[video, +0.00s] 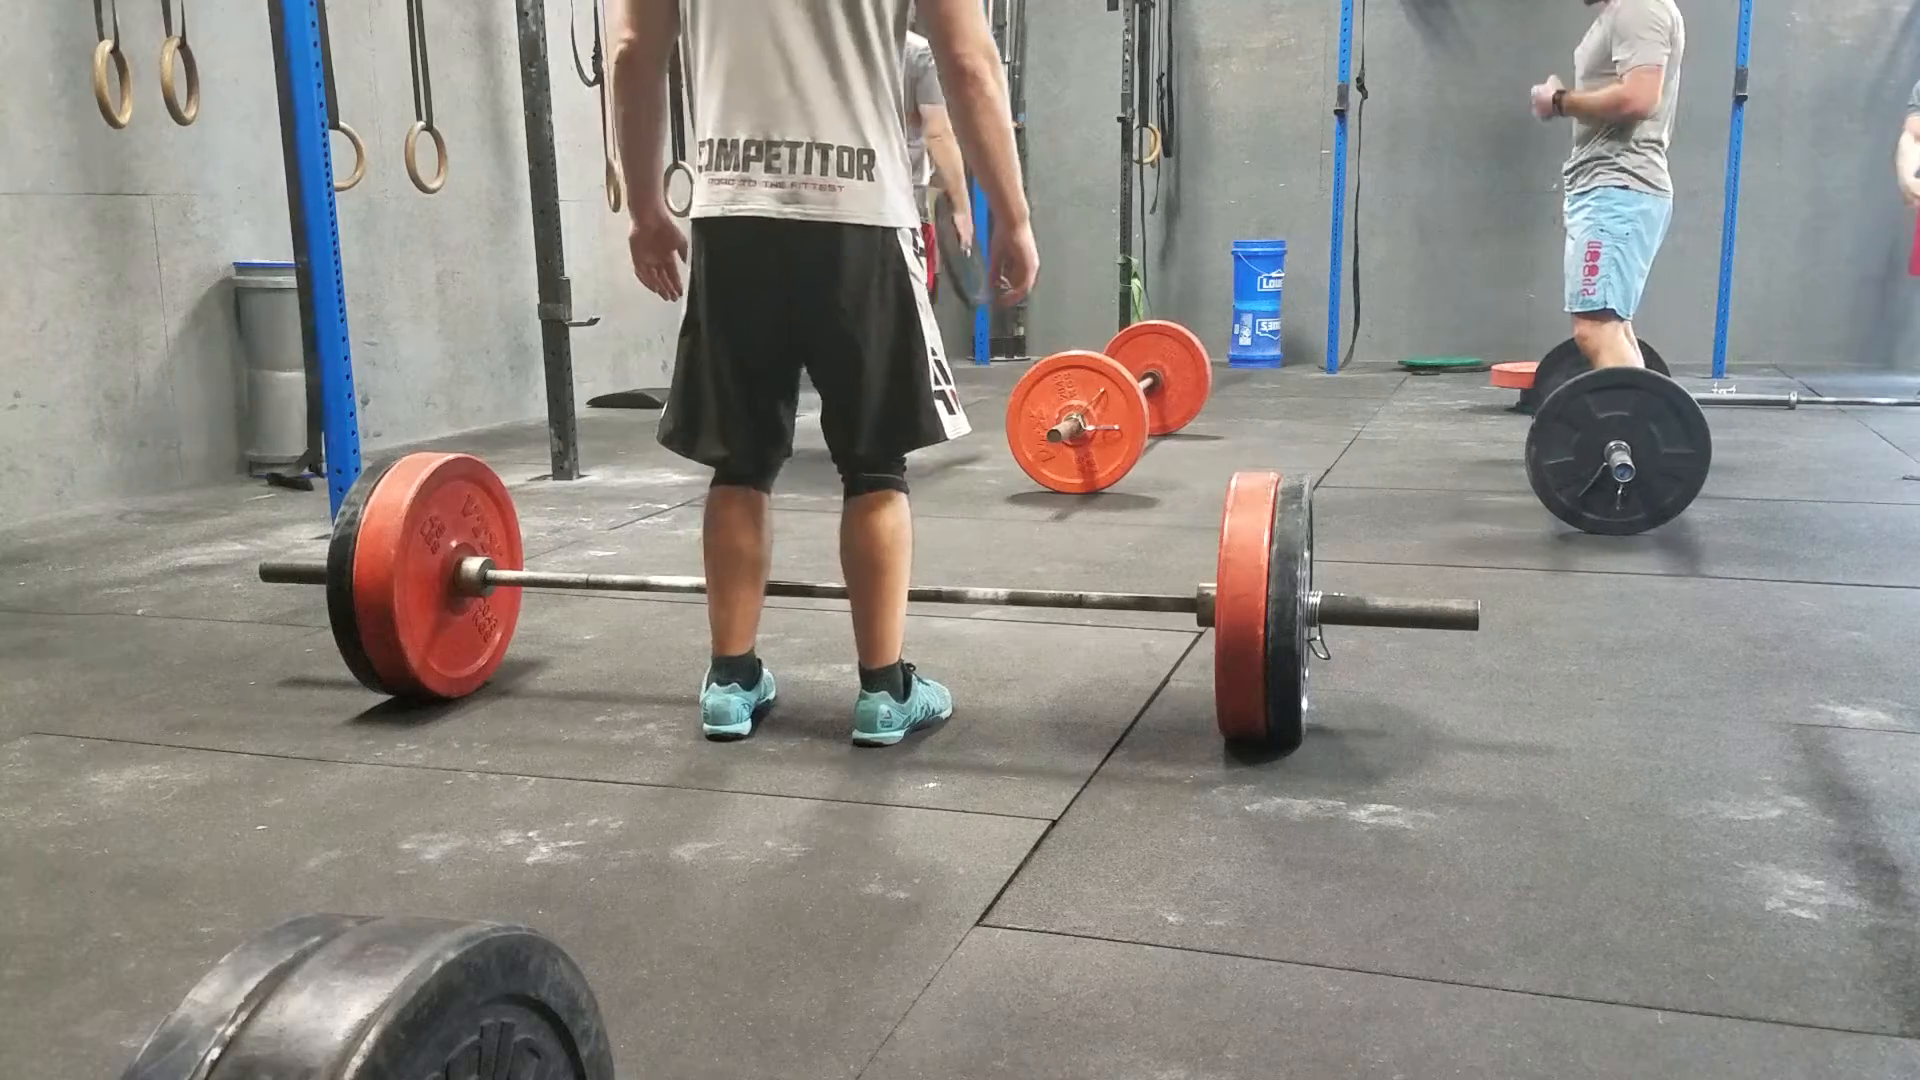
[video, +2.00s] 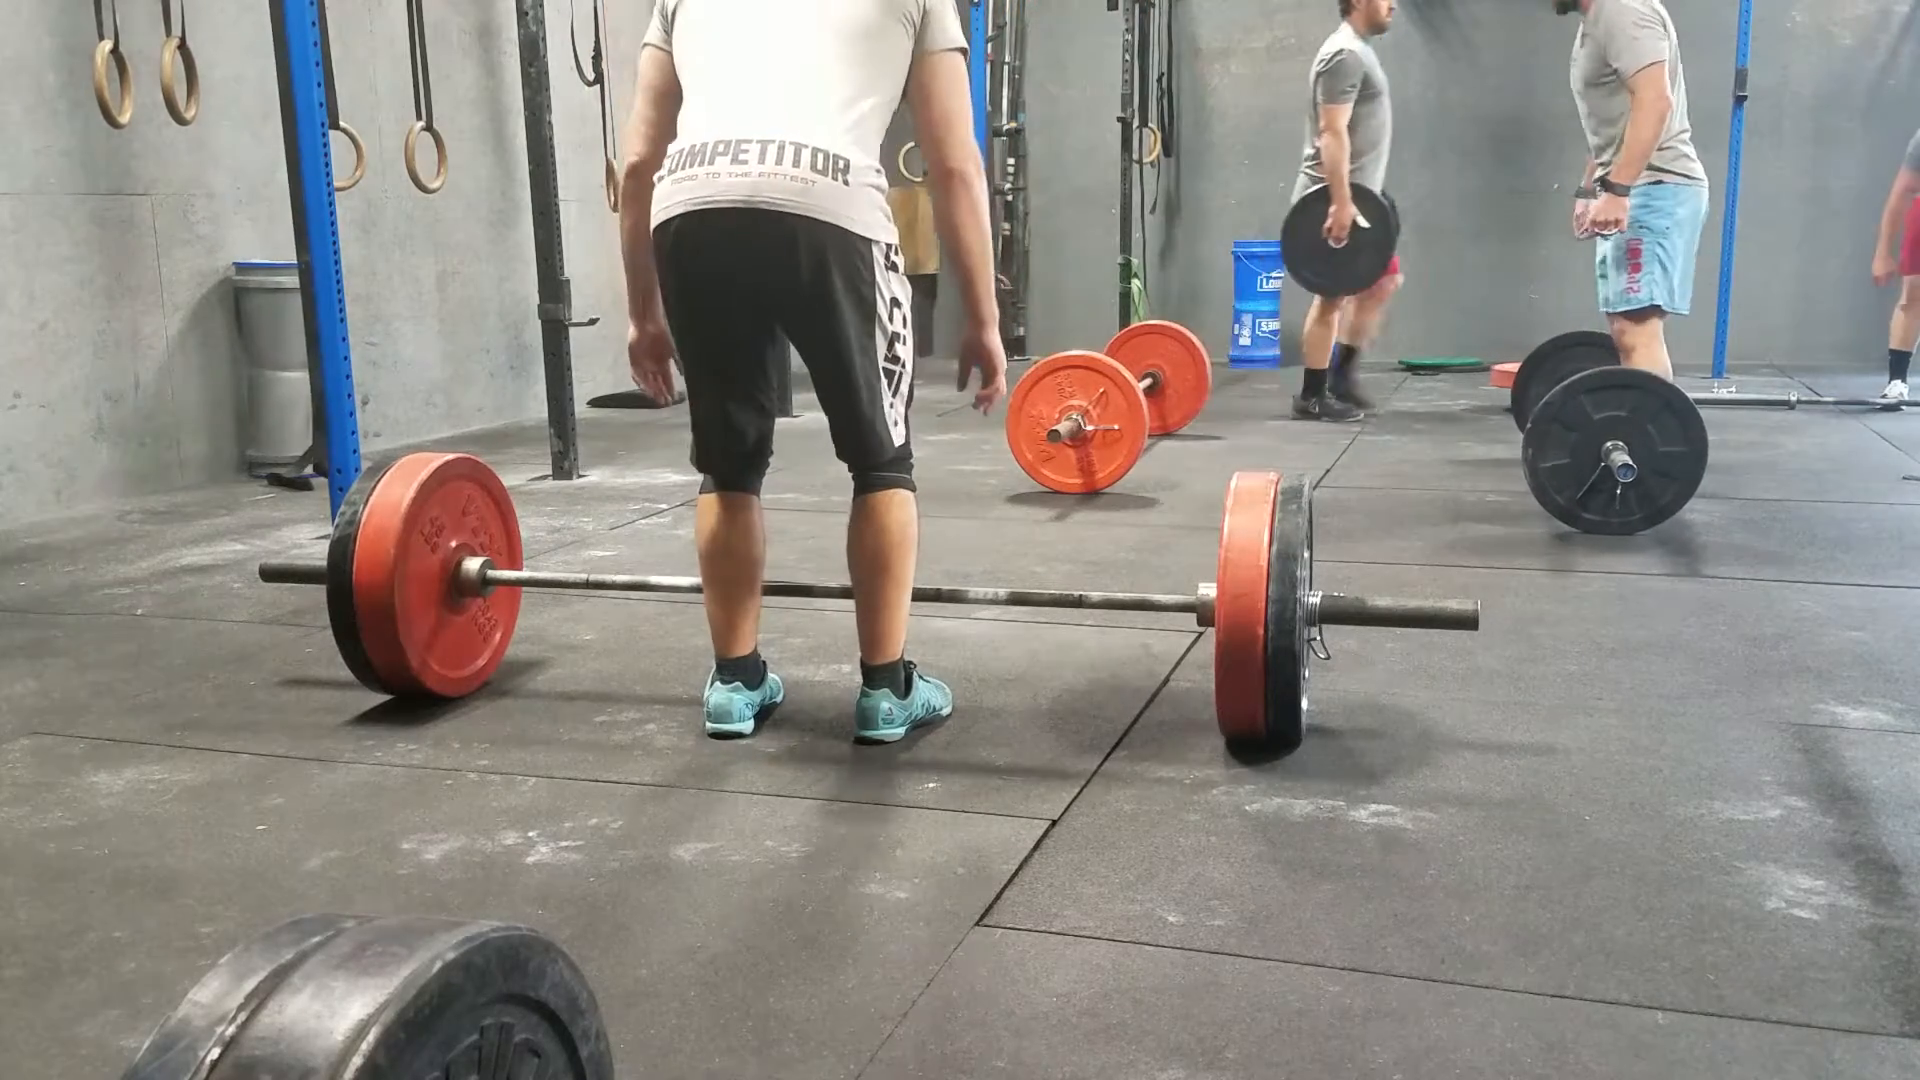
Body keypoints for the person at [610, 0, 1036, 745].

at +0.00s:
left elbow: (635, 49)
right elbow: (967, 60)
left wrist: (646, 206)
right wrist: (1011, 217)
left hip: (732, 216)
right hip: (860, 217)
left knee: (738, 464)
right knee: (875, 468)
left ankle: (729, 682)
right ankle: (884, 689)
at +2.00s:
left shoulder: (682, 6)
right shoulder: (918, 4)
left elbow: (640, 159)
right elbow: (954, 165)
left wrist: (644, 314)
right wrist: (982, 319)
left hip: (695, 215)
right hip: (832, 214)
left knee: (727, 468)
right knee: (880, 465)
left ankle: (733, 680)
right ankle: (885, 687)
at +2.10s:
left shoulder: (685, 6)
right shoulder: (918, 6)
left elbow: (643, 166)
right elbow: (950, 174)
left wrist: (653, 324)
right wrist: (974, 331)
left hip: (693, 216)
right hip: (830, 215)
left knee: (725, 468)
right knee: (881, 466)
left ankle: (733, 680)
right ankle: (884, 687)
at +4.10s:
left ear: (826, 142)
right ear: (912, 166)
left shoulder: (751, 167)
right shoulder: (934, 211)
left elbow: (663, 429)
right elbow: (950, 404)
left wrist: (657, 540)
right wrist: (992, 554)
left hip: (681, 284)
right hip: (825, 293)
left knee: (726, 487)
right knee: (887, 482)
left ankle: (734, 681)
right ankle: (884, 687)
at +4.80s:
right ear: (906, 13)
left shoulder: (729, 26)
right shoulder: (926, 42)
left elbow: (668, 214)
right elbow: (958, 223)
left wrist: (647, 367)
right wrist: (990, 382)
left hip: (686, 197)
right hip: (808, 198)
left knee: (728, 463)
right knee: (878, 456)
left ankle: (732, 680)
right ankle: (886, 686)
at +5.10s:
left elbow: (638, 77)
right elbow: (934, 72)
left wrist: (622, 229)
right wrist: (978, 239)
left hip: (703, 183)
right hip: (823, 183)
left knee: (729, 451)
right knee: (867, 450)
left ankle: (730, 681)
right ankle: (884, 685)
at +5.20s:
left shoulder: (670, 4)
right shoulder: (910, 4)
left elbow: (631, 131)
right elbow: (938, 118)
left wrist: (628, 275)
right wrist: (978, 279)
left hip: (688, 190)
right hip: (807, 191)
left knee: (724, 452)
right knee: (868, 452)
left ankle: (730, 682)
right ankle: (883, 686)